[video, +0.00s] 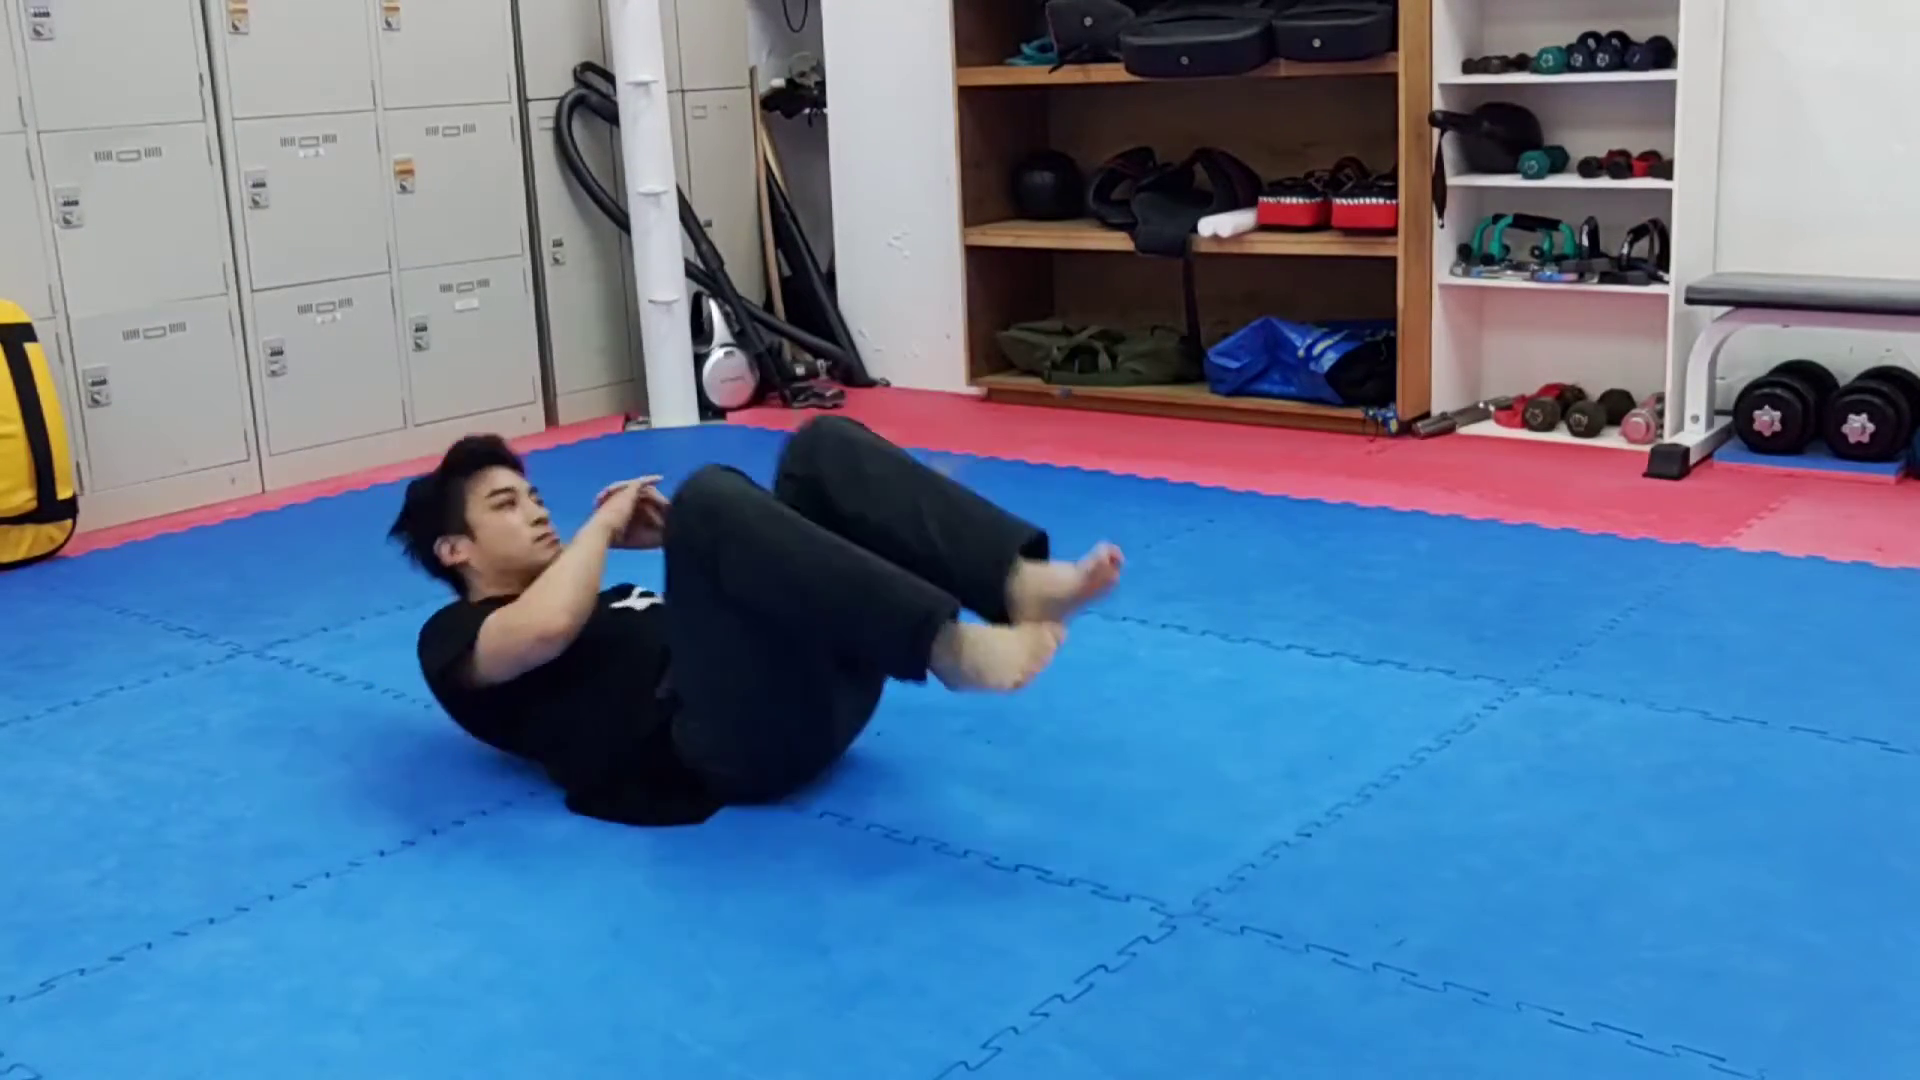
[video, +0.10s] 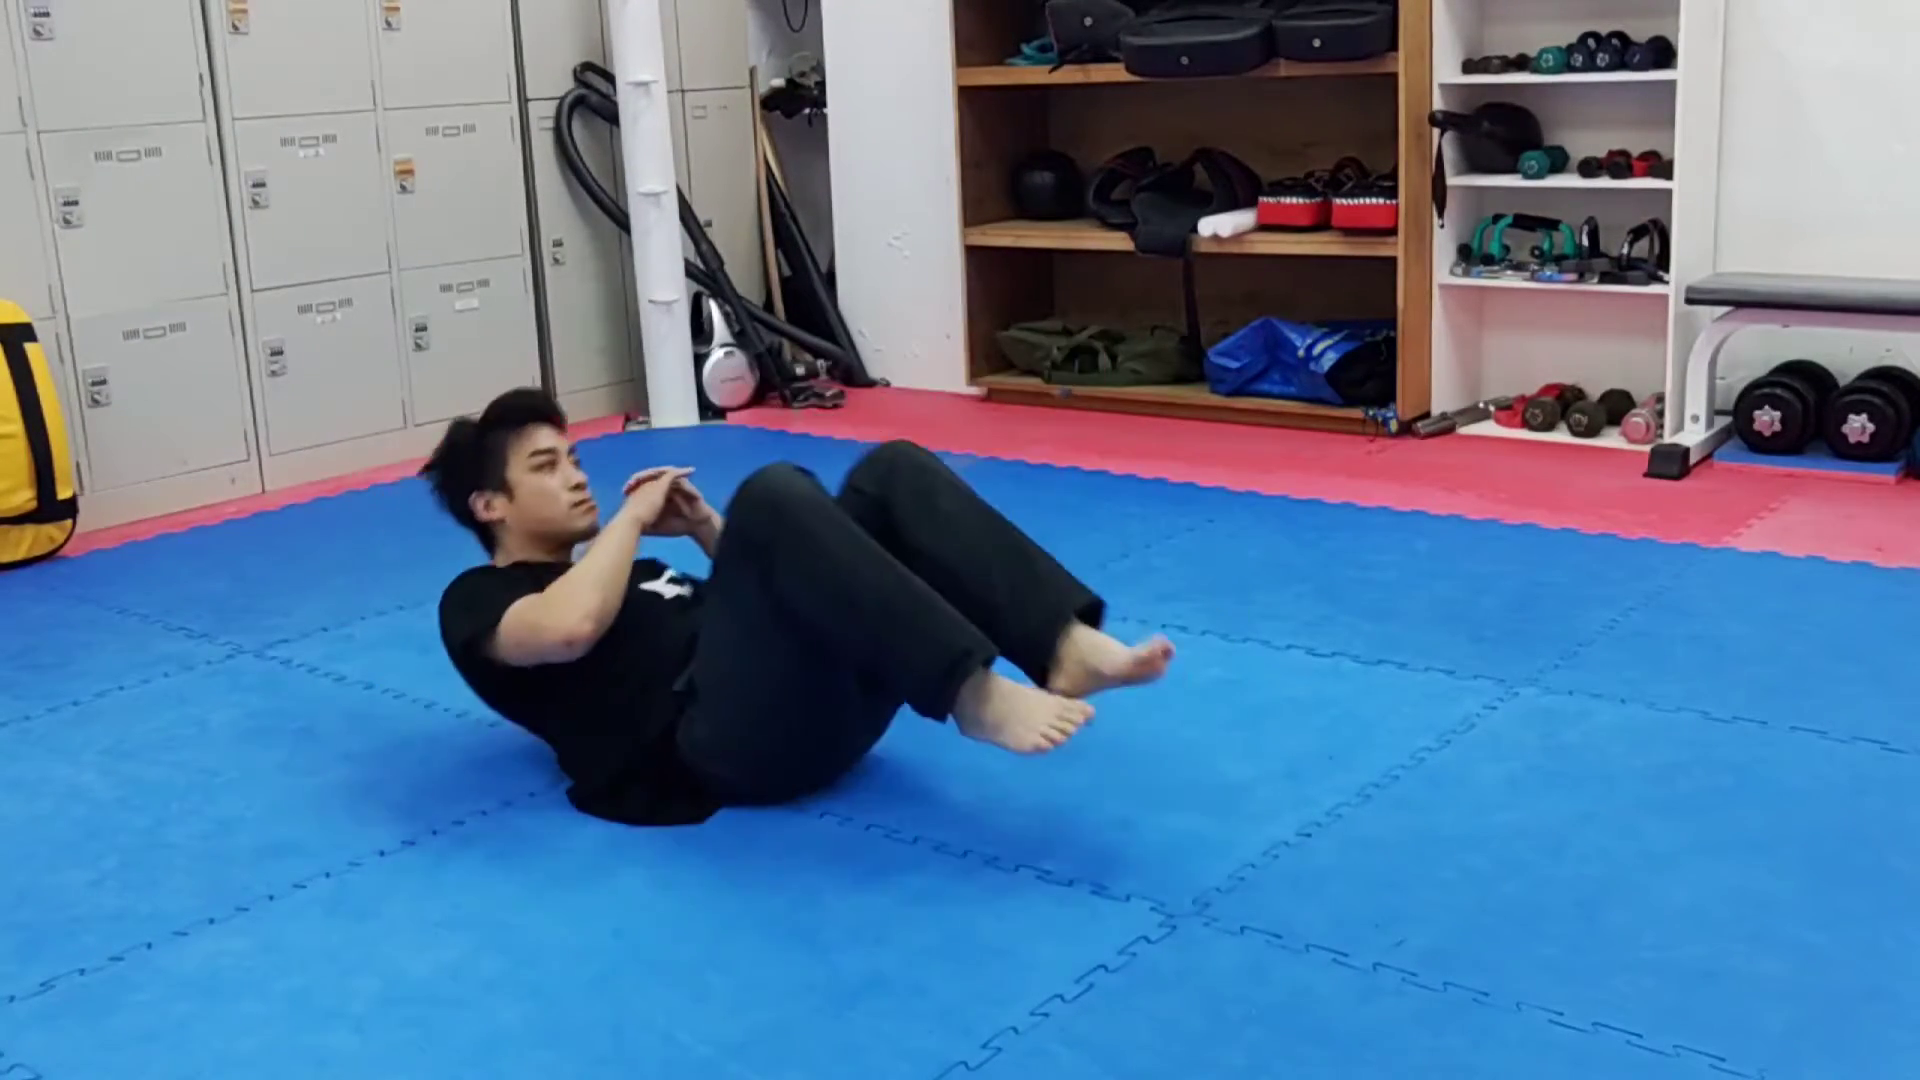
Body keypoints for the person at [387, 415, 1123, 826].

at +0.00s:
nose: (535, 513)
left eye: (531, 499)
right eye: (504, 506)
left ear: (544, 521)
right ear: (455, 554)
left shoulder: (589, 605)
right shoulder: (447, 643)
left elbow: (687, 644)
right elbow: (543, 629)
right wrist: (602, 530)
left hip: (807, 693)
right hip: (732, 747)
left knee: (821, 445)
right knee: (709, 501)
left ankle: (1017, 579)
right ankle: (948, 645)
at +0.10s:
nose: (575, 478)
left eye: (572, 461)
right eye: (546, 468)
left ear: (577, 476)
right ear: (490, 508)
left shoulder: (612, 572)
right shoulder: (471, 603)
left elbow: (768, 593)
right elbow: (566, 628)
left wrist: (704, 534)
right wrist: (629, 519)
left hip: (817, 702)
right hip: (735, 745)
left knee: (890, 467)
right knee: (772, 493)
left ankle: (1063, 643)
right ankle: (972, 691)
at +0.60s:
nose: (532, 514)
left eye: (524, 494)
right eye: (503, 523)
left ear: (539, 482)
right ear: (476, 563)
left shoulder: (638, 529)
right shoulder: (521, 659)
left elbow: (763, 505)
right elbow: (572, 739)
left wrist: (610, 497)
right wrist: (545, 588)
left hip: (853, 670)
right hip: (767, 720)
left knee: (933, 451)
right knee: (845, 458)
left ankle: (1133, 541)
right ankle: (1007, 653)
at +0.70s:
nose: (531, 533)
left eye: (529, 510)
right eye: (499, 538)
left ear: (545, 512)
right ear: (470, 583)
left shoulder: (634, 559)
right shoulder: (504, 676)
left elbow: (745, 519)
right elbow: (546, 724)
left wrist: (603, 496)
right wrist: (533, 570)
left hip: (835, 662)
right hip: (750, 707)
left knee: (853, 418)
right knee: (787, 433)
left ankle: (1074, 470)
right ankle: (985, 595)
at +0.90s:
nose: (535, 532)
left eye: (533, 518)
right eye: (505, 530)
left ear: (549, 530)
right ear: (469, 586)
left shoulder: (629, 581)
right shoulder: (492, 667)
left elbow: (746, 537)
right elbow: (556, 629)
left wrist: (665, 492)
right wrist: (580, 504)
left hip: (815, 626)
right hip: (745, 687)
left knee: (785, 371)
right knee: (720, 432)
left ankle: (1019, 444)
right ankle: (966, 528)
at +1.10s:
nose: (591, 495)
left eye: (585, 482)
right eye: (561, 489)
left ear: (599, 504)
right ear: (516, 536)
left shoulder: (646, 577)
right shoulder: (518, 621)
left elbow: (756, 600)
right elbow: (625, 598)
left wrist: (717, 501)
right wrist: (676, 504)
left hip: (861, 662)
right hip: (787, 710)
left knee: (861, 426)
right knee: (765, 474)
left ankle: (1055, 542)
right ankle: (998, 604)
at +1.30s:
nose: (662, 432)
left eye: (654, 417)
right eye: (635, 426)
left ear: (655, 437)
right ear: (586, 469)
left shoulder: (721, 519)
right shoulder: (569, 568)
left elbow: (842, 550)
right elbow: (635, 621)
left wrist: (767, 485)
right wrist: (703, 496)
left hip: (897, 669)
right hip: (804, 702)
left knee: (977, 454)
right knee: (872, 456)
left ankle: (1136, 619)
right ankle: (1031, 661)